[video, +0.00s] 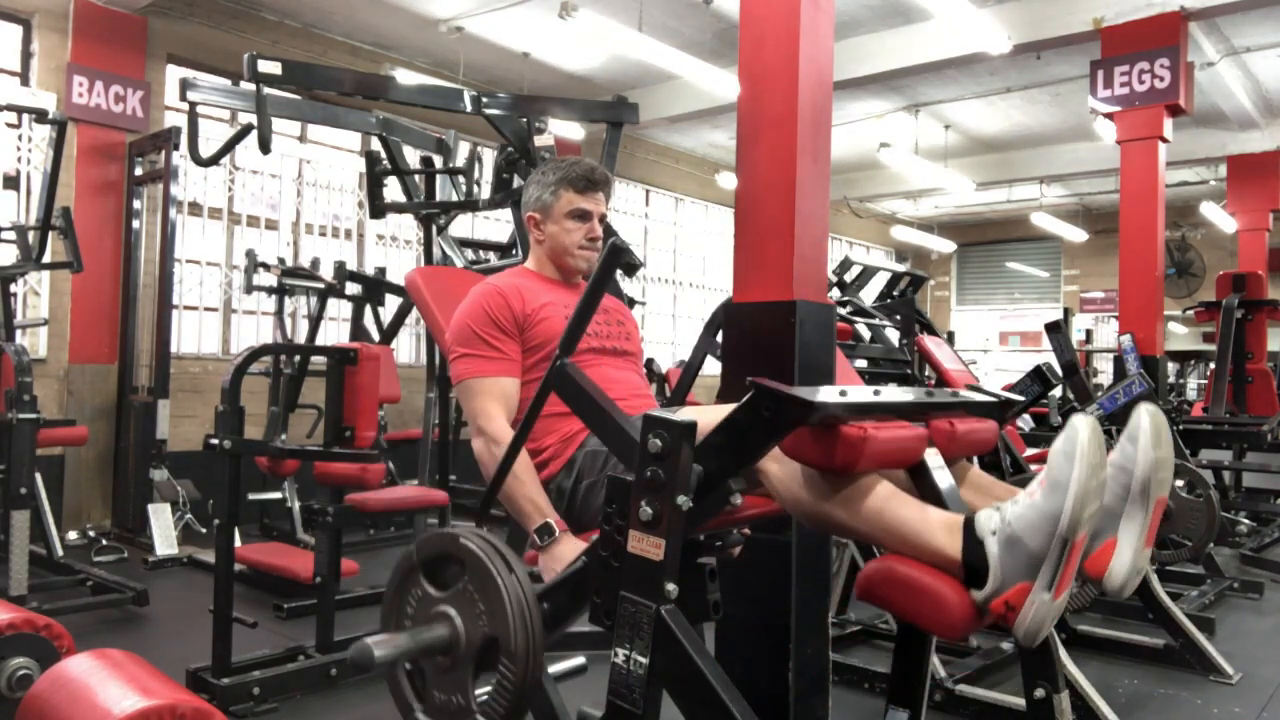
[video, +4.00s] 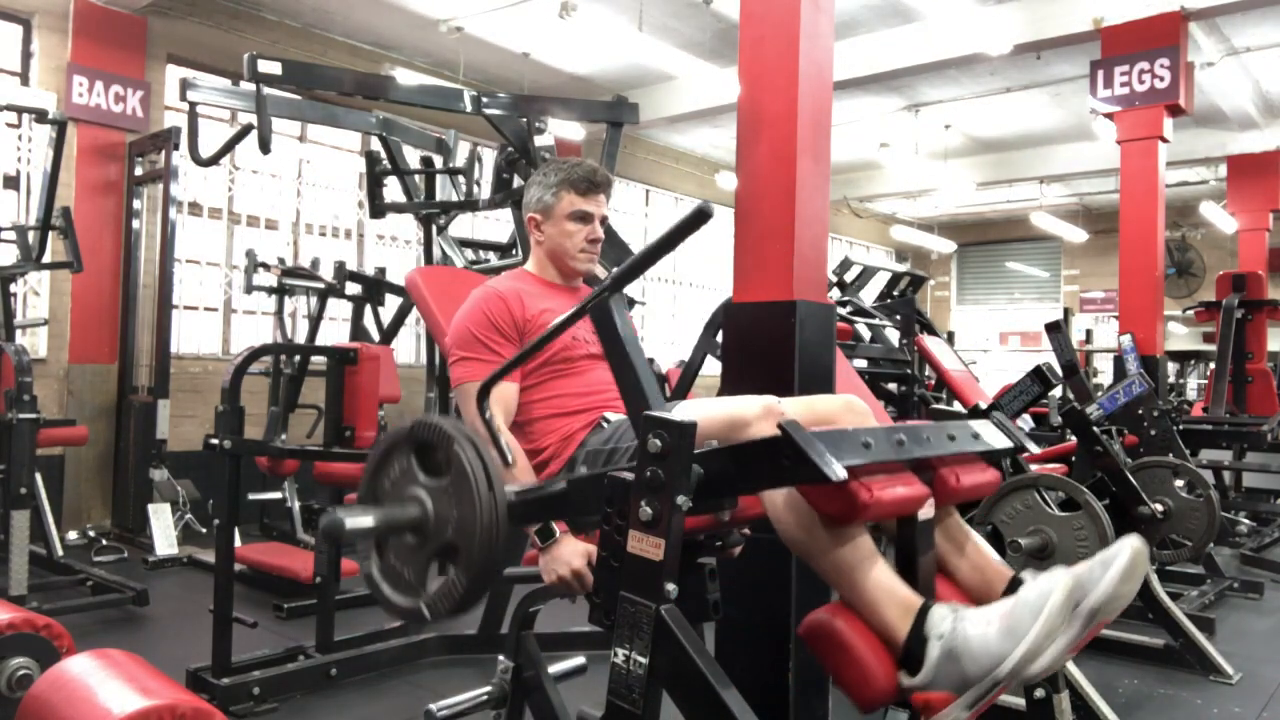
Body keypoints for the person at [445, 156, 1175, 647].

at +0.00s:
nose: (593, 236)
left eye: (599, 224)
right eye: (577, 222)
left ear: (601, 228)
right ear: (532, 222)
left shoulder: (606, 301)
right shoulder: (493, 302)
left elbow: (640, 399)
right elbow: (491, 436)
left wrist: (720, 410)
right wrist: (551, 532)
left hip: (657, 443)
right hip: (580, 466)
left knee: (847, 452)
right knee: (765, 436)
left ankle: (1076, 530)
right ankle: (975, 553)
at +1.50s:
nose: (592, 236)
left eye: (598, 223)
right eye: (577, 221)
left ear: (598, 224)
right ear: (532, 224)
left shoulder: (597, 297)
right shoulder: (497, 299)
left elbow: (634, 388)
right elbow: (490, 427)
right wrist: (554, 531)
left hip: (655, 430)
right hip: (589, 456)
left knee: (844, 411)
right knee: (778, 420)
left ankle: (993, 585)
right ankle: (918, 628)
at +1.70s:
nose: (594, 229)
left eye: (599, 218)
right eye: (578, 216)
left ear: (599, 227)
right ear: (533, 223)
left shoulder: (608, 303)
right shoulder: (499, 297)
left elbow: (646, 403)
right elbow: (488, 427)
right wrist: (553, 536)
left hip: (661, 441)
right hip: (586, 465)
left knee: (850, 419)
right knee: (761, 424)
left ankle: (938, 636)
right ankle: (842, 679)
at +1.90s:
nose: (596, 227)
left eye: (598, 216)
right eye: (580, 215)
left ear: (595, 229)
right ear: (534, 227)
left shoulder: (611, 305)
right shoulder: (504, 294)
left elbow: (645, 397)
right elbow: (489, 433)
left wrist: (703, 431)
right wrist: (551, 538)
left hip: (650, 446)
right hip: (583, 468)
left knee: (849, 422)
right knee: (755, 419)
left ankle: (881, 644)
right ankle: (773, 676)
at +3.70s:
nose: (593, 235)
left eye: (600, 224)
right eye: (578, 221)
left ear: (601, 229)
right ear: (533, 222)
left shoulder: (611, 302)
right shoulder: (495, 300)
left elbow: (656, 399)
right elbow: (489, 427)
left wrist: (728, 413)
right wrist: (553, 536)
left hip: (665, 436)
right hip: (586, 457)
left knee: (851, 416)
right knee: (762, 428)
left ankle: (958, 632)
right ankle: (863, 677)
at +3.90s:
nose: (594, 239)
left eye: (599, 226)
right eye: (579, 224)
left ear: (599, 227)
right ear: (533, 224)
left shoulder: (600, 301)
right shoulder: (497, 300)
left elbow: (641, 395)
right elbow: (490, 439)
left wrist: (702, 410)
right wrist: (552, 534)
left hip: (657, 433)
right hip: (584, 460)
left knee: (848, 411)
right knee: (759, 422)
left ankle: (993, 612)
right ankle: (905, 657)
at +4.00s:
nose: (595, 237)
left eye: (600, 224)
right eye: (580, 222)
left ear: (597, 227)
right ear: (534, 225)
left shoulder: (593, 301)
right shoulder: (497, 301)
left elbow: (631, 394)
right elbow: (488, 430)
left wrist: (697, 414)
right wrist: (551, 530)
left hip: (652, 434)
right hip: (588, 457)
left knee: (823, 430)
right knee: (814, 411)